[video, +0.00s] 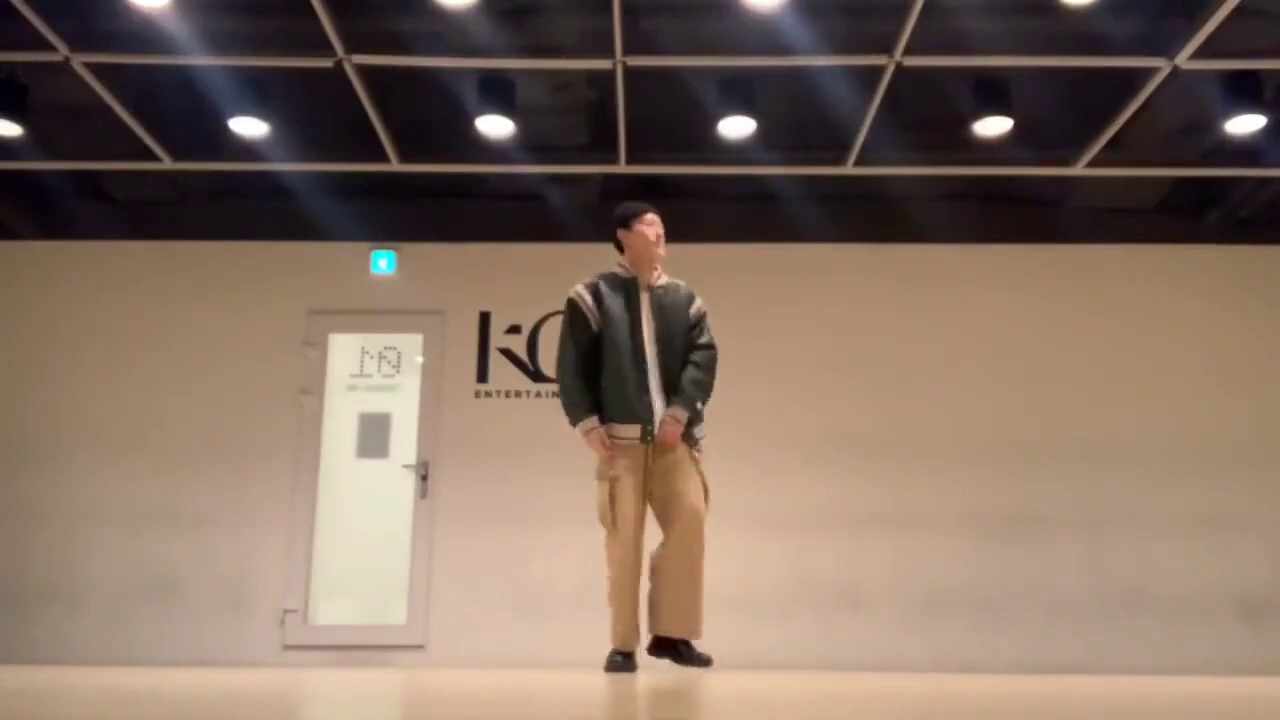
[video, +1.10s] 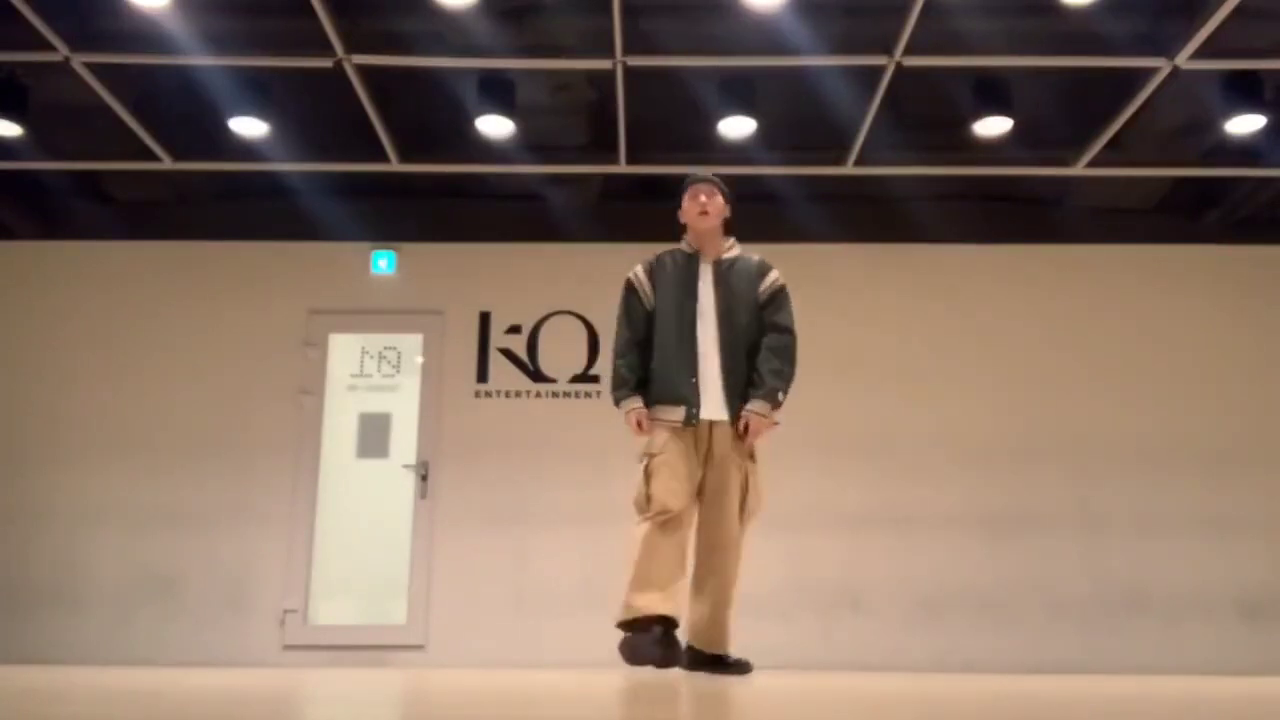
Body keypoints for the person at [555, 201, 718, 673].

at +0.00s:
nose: (657, 233)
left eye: (659, 226)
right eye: (647, 226)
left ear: (664, 237)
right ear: (623, 237)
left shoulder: (683, 298)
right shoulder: (593, 298)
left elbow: (702, 358)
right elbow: (571, 368)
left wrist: (680, 412)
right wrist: (587, 424)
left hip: (673, 439)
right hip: (619, 441)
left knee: (690, 521)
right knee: (624, 543)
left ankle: (671, 634)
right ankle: (623, 645)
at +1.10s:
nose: (702, 200)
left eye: (711, 194)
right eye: (693, 195)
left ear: (726, 211)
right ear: (680, 213)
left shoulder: (758, 274)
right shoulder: (651, 274)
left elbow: (779, 344)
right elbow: (628, 344)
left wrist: (764, 402)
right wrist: (630, 395)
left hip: (733, 422)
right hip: (670, 420)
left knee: (723, 535)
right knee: (669, 513)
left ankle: (708, 645)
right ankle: (647, 625)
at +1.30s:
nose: (683, 202)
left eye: (692, 195)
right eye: (675, 197)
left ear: (710, 207)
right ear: (664, 213)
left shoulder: (748, 266)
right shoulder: (643, 274)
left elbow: (793, 307)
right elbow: (607, 325)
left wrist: (787, 335)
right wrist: (590, 351)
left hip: (730, 420)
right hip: (667, 419)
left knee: (719, 530)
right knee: (663, 516)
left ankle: (707, 644)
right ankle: (664, 642)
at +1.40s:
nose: (677, 199)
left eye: (685, 190)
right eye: (667, 191)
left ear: (702, 199)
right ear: (655, 204)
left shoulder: (740, 253)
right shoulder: (632, 265)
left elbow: (784, 300)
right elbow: (593, 315)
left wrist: (786, 261)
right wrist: (578, 275)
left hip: (728, 417)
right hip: (662, 416)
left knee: (727, 520)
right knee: (659, 512)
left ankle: (709, 633)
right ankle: (664, 641)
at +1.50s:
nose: (678, 196)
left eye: (686, 186)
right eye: (667, 188)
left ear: (698, 195)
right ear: (649, 198)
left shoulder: (732, 246)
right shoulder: (626, 254)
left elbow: (783, 236)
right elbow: (572, 244)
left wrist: (749, 183)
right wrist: (606, 187)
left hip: (724, 399)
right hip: (658, 401)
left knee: (750, 489)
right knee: (659, 498)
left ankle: (719, 618)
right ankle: (664, 641)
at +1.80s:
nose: (670, 188)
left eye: (679, 179)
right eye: (660, 178)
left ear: (694, 187)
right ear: (643, 186)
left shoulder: (718, 239)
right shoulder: (625, 245)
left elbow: (760, 292)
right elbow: (613, 290)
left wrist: (734, 248)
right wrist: (637, 229)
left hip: (719, 391)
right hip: (652, 395)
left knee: (743, 499)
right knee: (657, 509)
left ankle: (757, 628)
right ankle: (664, 642)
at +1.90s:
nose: (671, 188)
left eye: (679, 179)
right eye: (661, 180)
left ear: (695, 188)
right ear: (646, 190)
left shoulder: (732, 246)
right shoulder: (623, 256)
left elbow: (755, 301)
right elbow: (611, 302)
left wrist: (760, 338)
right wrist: (618, 328)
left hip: (723, 395)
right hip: (655, 399)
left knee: (746, 496)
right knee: (658, 507)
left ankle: (720, 620)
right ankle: (667, 640)